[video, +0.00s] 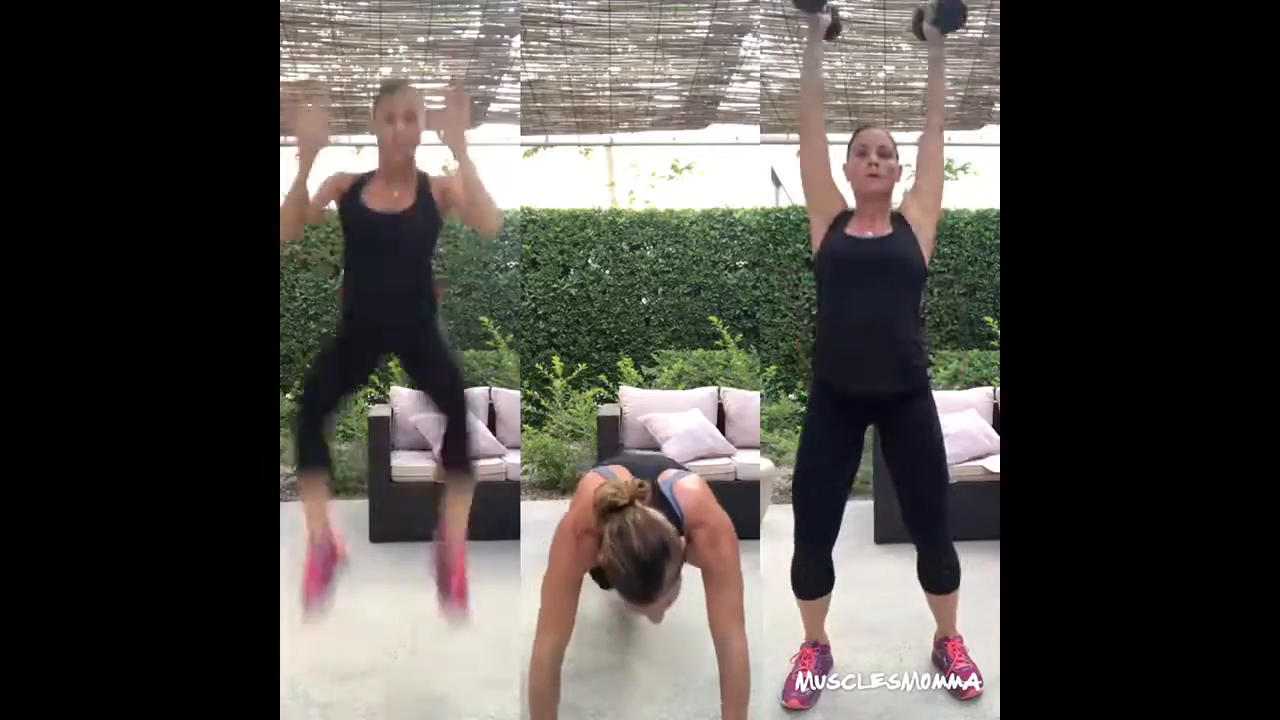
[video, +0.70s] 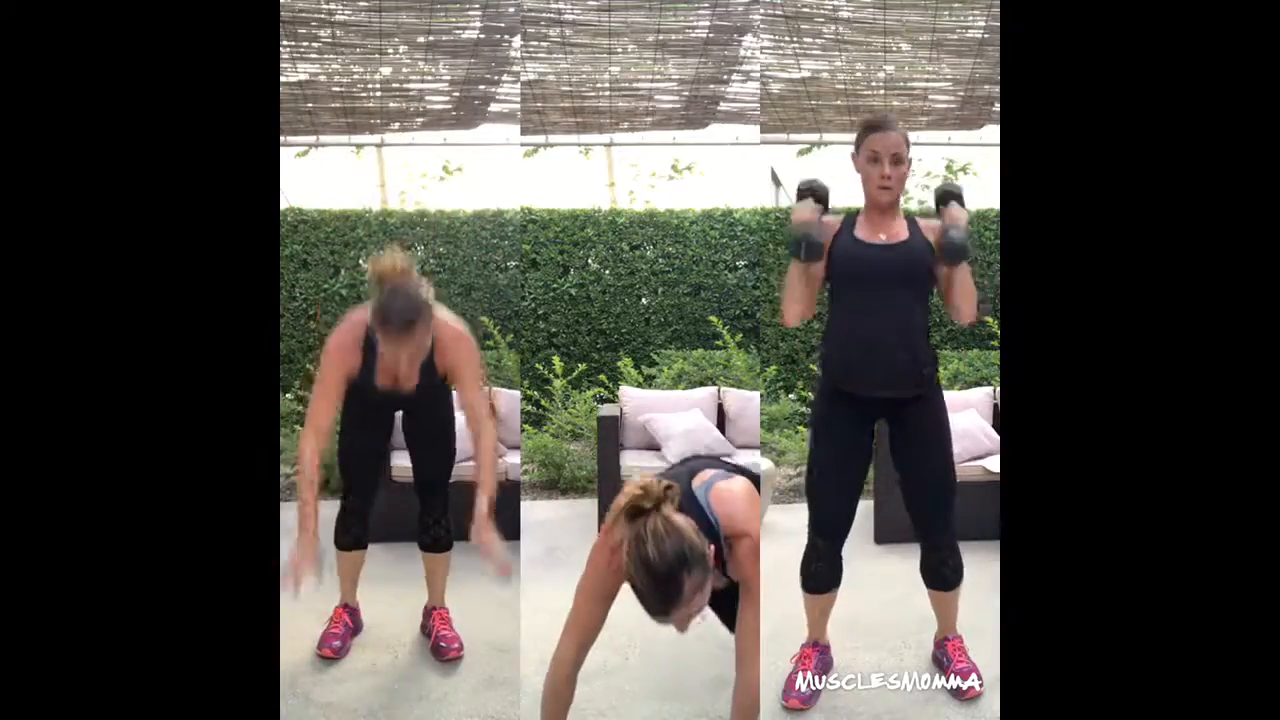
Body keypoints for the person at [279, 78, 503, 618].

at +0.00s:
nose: (400, 128)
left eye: (410, 118)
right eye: (390, 118)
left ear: (423, 126)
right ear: (374, 126)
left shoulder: (439, 186)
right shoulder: (349, 184)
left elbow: (489, 223)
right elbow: (288, 229)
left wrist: (459, 146)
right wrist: (307, 156)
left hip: (417, 331)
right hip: (361, 330)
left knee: (458, 413)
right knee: (309, 412)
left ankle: (452, 546)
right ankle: (322, 542)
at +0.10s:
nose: (402, 190)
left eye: (411, 179)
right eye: (393, 180)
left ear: (423, 186)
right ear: (378, 185)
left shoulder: (439, 242)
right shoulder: (352, 243)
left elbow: (496, 290)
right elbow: (290, 303)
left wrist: (466, 234)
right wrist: (305, 249)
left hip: (419, 394)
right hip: (360, 393)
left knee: (431, 505)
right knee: (340, 502)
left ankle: (436, 611)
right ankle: (343, 608)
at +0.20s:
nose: (401, 205)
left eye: (411, 195)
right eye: (390, 196)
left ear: (425, 202)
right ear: (375, 202)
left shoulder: (448, 263)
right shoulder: (349, 259)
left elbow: (492, 334)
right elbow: (311, 331)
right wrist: (300, 319)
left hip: (422, 405)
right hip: (359, 404)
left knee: (438, 511)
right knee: (341, 511)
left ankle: (437, 611)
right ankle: (346, 611)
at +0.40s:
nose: (404, 211)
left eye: (414, 200)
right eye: (393, 199)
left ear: (430, 189)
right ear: (376, 188)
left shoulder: (450, 243)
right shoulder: (347, 238)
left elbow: (484, 316)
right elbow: (319, 317)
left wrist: (476, 339)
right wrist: (314, 375)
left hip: (425, 388)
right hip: (364, 388)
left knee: (430, 501)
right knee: (358, 498)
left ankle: (437, 609)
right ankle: (345, 607)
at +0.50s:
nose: (404, 241)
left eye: (414, 230)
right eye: (394, 230)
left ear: (429, 217)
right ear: (377, 216)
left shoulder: (452, 262)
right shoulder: (349, 258)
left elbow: (487, 336)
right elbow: (317, 338)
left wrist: (483, 374)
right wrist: (310, 408)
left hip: (427, 394)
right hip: (367, 393)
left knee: (431, 502)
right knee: (360, 498)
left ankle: (437, 610)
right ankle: (347, 608)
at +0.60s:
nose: (404, 293)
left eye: (414, 282)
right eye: (394, 283)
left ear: (428, 265)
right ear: (378, 266)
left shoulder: (453, 295)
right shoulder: (349, 293)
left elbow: (488, 376)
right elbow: (312, 379)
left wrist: (487, 451)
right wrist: (309, 463)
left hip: (429, 396)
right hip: (368, 395)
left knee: (432, 502)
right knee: (360, 500)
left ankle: (437, 610)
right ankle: (347, 608)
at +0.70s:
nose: (404, 357)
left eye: (413, 347)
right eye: (393, 348)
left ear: (426, 325)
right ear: (377, 327)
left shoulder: (453, 338)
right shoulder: (347, 338)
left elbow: (484, 422)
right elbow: (313, 434)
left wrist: (483, 515)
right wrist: (307, 531)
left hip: (428, 398)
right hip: (367, 399)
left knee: (434, 502)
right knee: (356, 499)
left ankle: (437, 611)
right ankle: (347, 609)